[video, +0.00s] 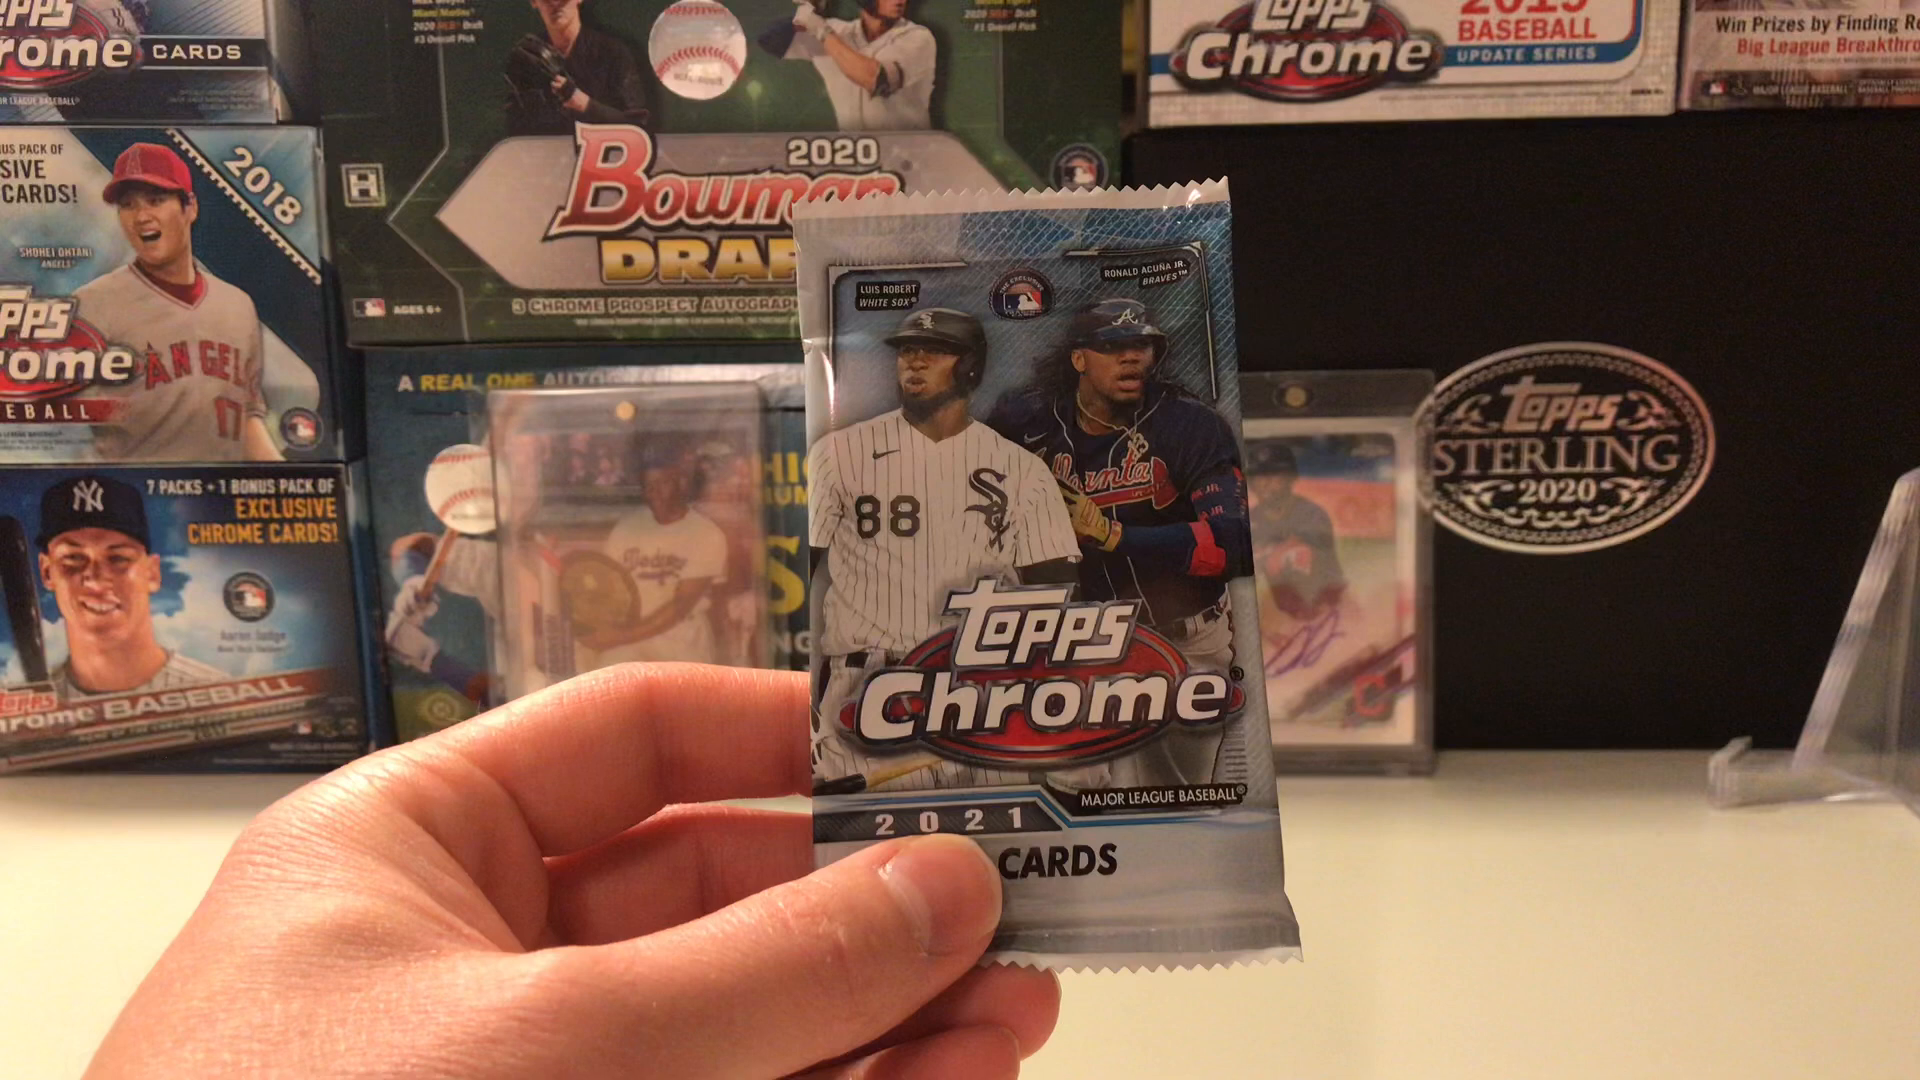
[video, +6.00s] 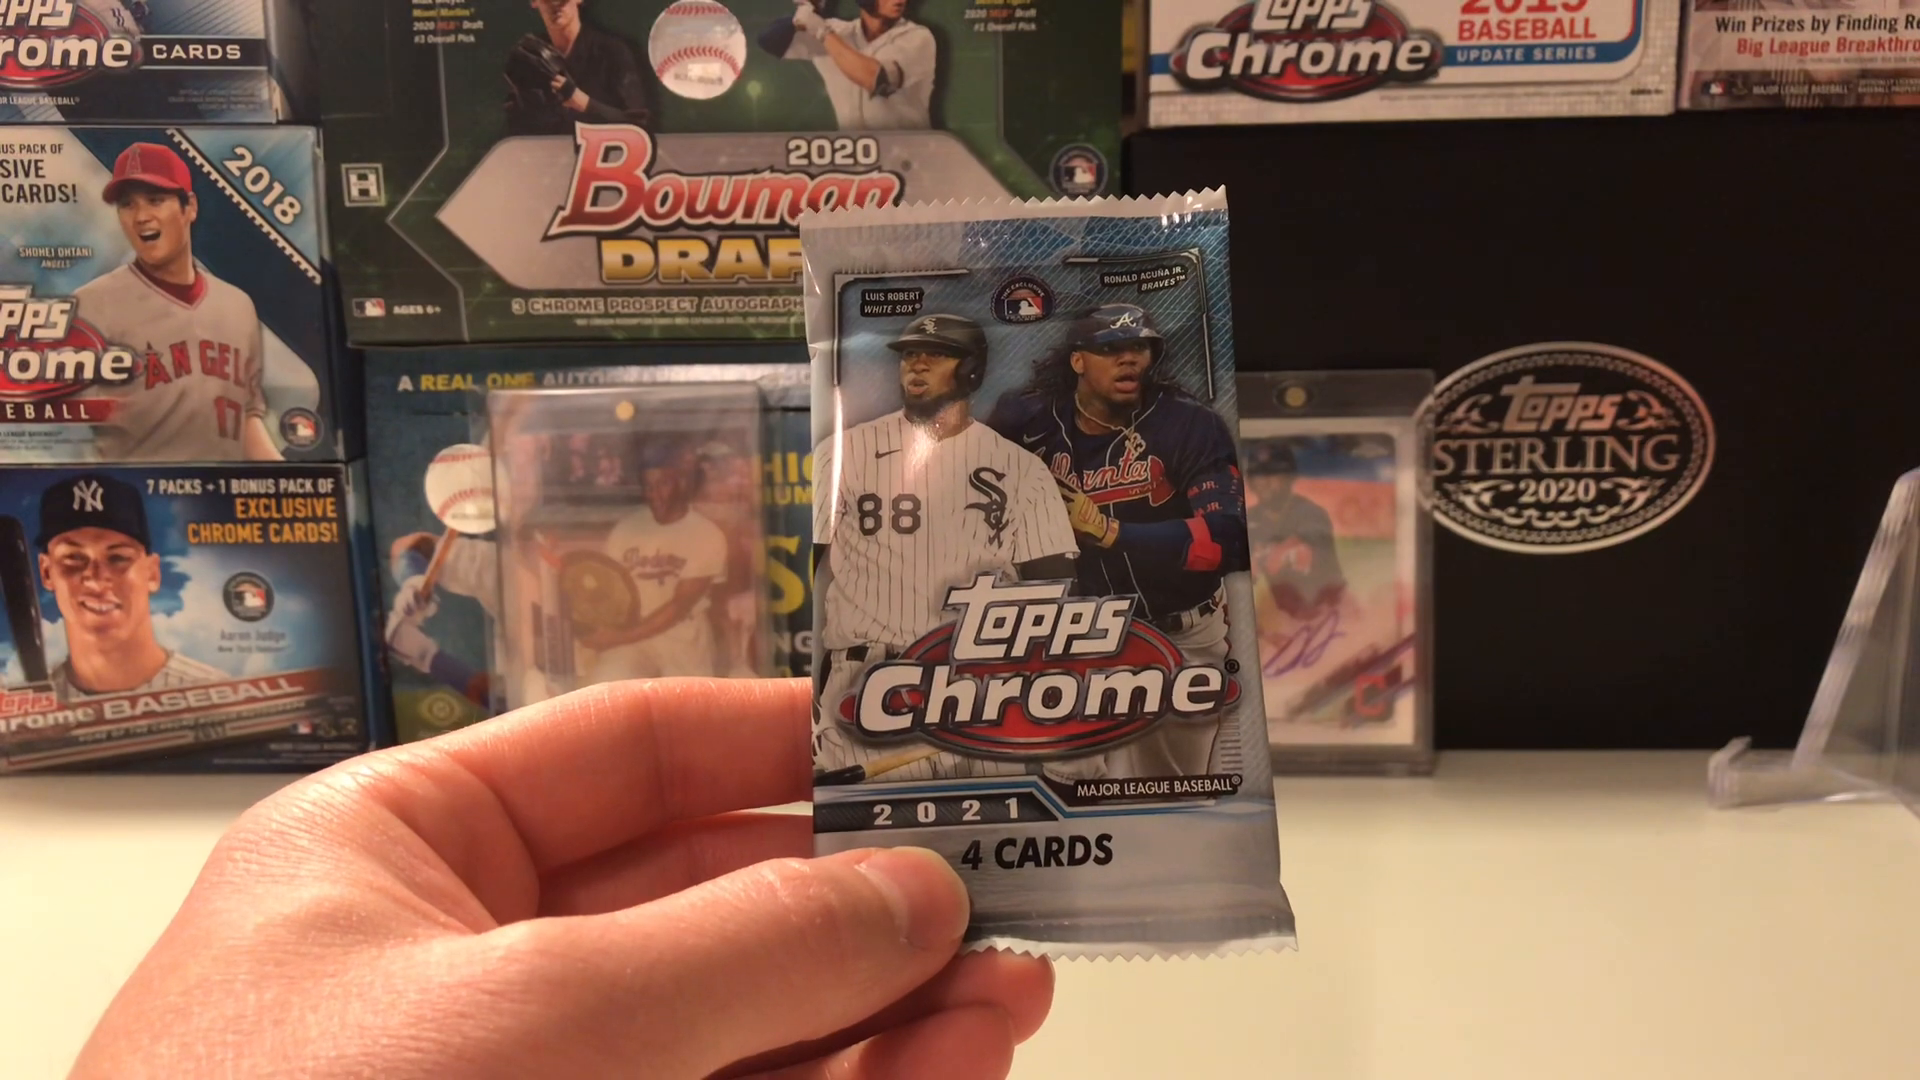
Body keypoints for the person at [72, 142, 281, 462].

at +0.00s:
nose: (143, 216)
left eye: (157, 199)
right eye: (129, 204)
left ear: (190, 209)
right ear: (119, 218)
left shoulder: (239, 306)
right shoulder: (92, 306)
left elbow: (248, 414)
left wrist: (283, 483)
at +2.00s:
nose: (143, 216)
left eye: (157, 200)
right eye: (129, 204)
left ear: (190, 209)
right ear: (119, 218)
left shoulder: (239, 307)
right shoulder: (92, 306)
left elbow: (247, 414)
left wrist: (283, 482)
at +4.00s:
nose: (143, 216)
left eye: (157, 200)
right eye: (129, 204)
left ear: (190, 210)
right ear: (119, 218)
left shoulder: (239, 307)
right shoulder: (91, 307)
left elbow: (248, 414)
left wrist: (283, 483)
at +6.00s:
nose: (142, 216)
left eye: (157, 200)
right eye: (128, 204)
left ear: (189, 209)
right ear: (118, 217)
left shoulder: (239, 306)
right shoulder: (91, 306)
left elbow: (247, 414)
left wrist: (283, 482)